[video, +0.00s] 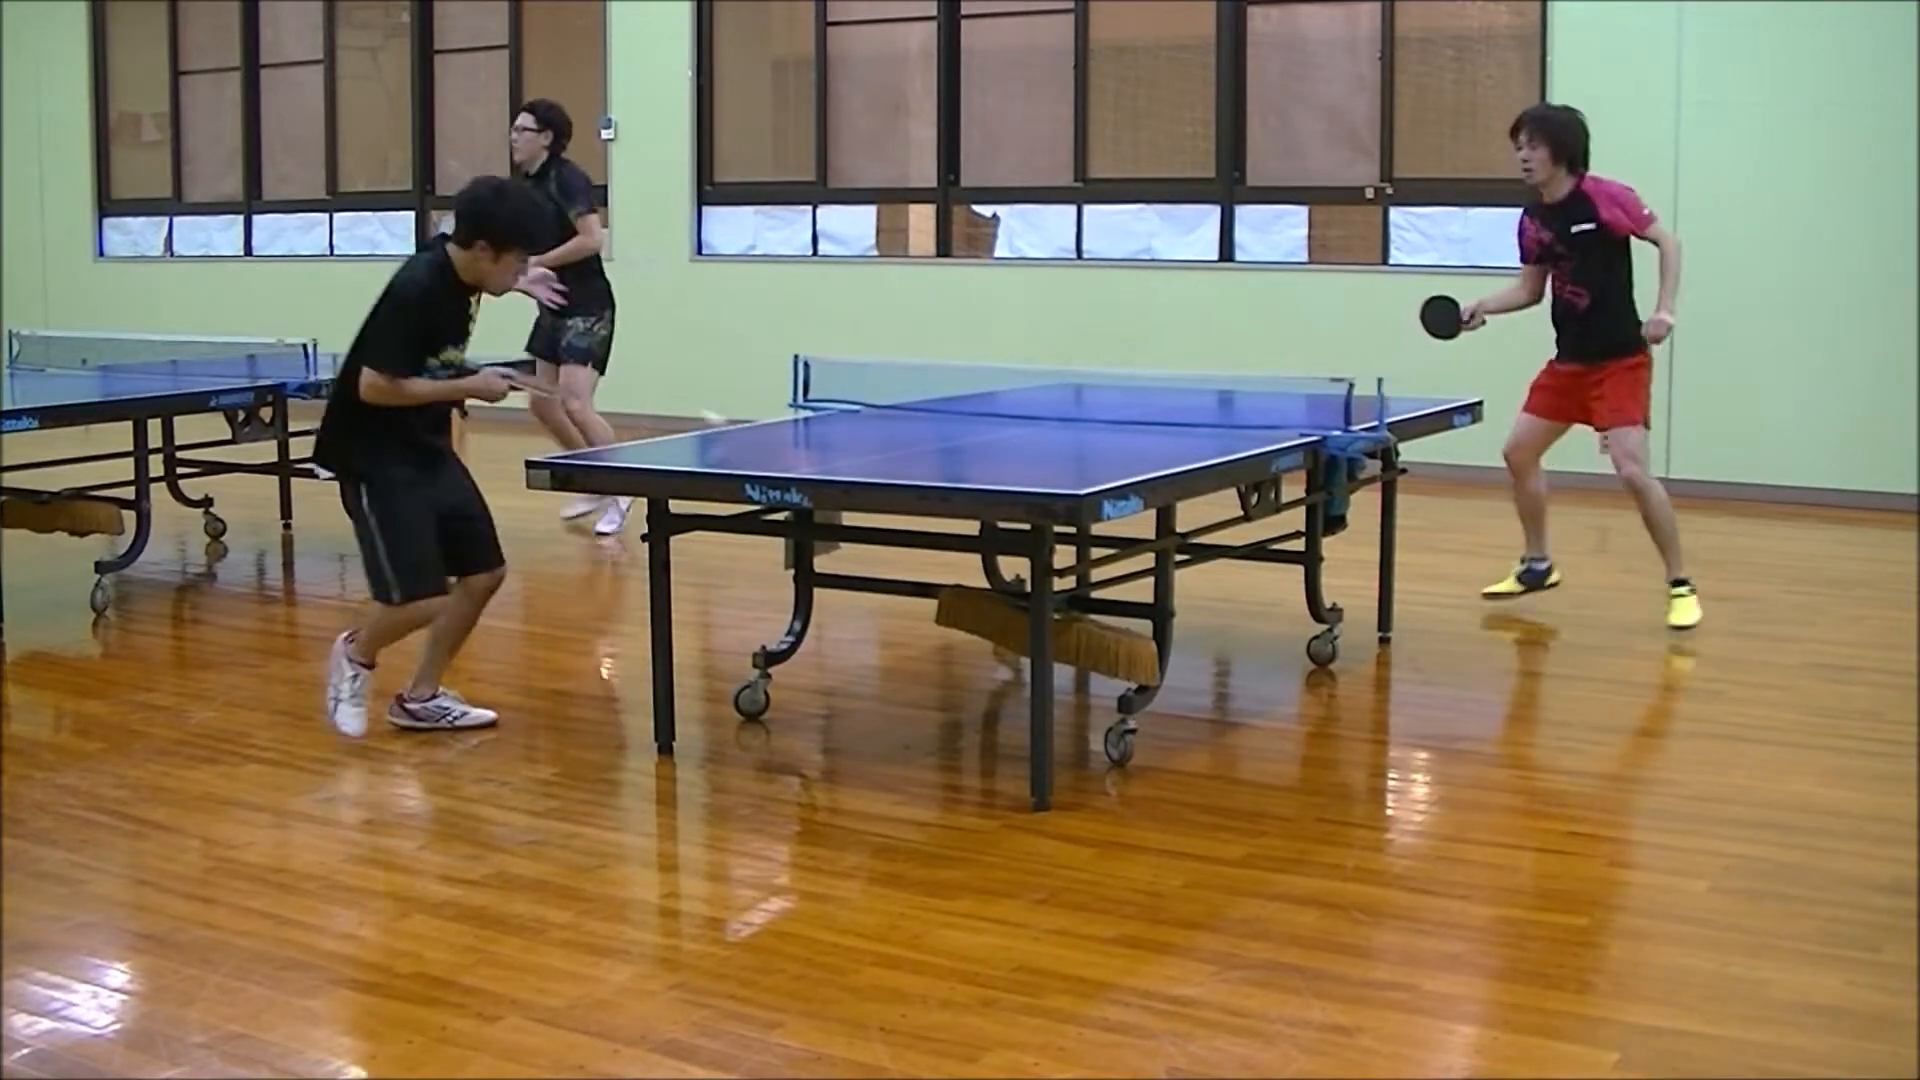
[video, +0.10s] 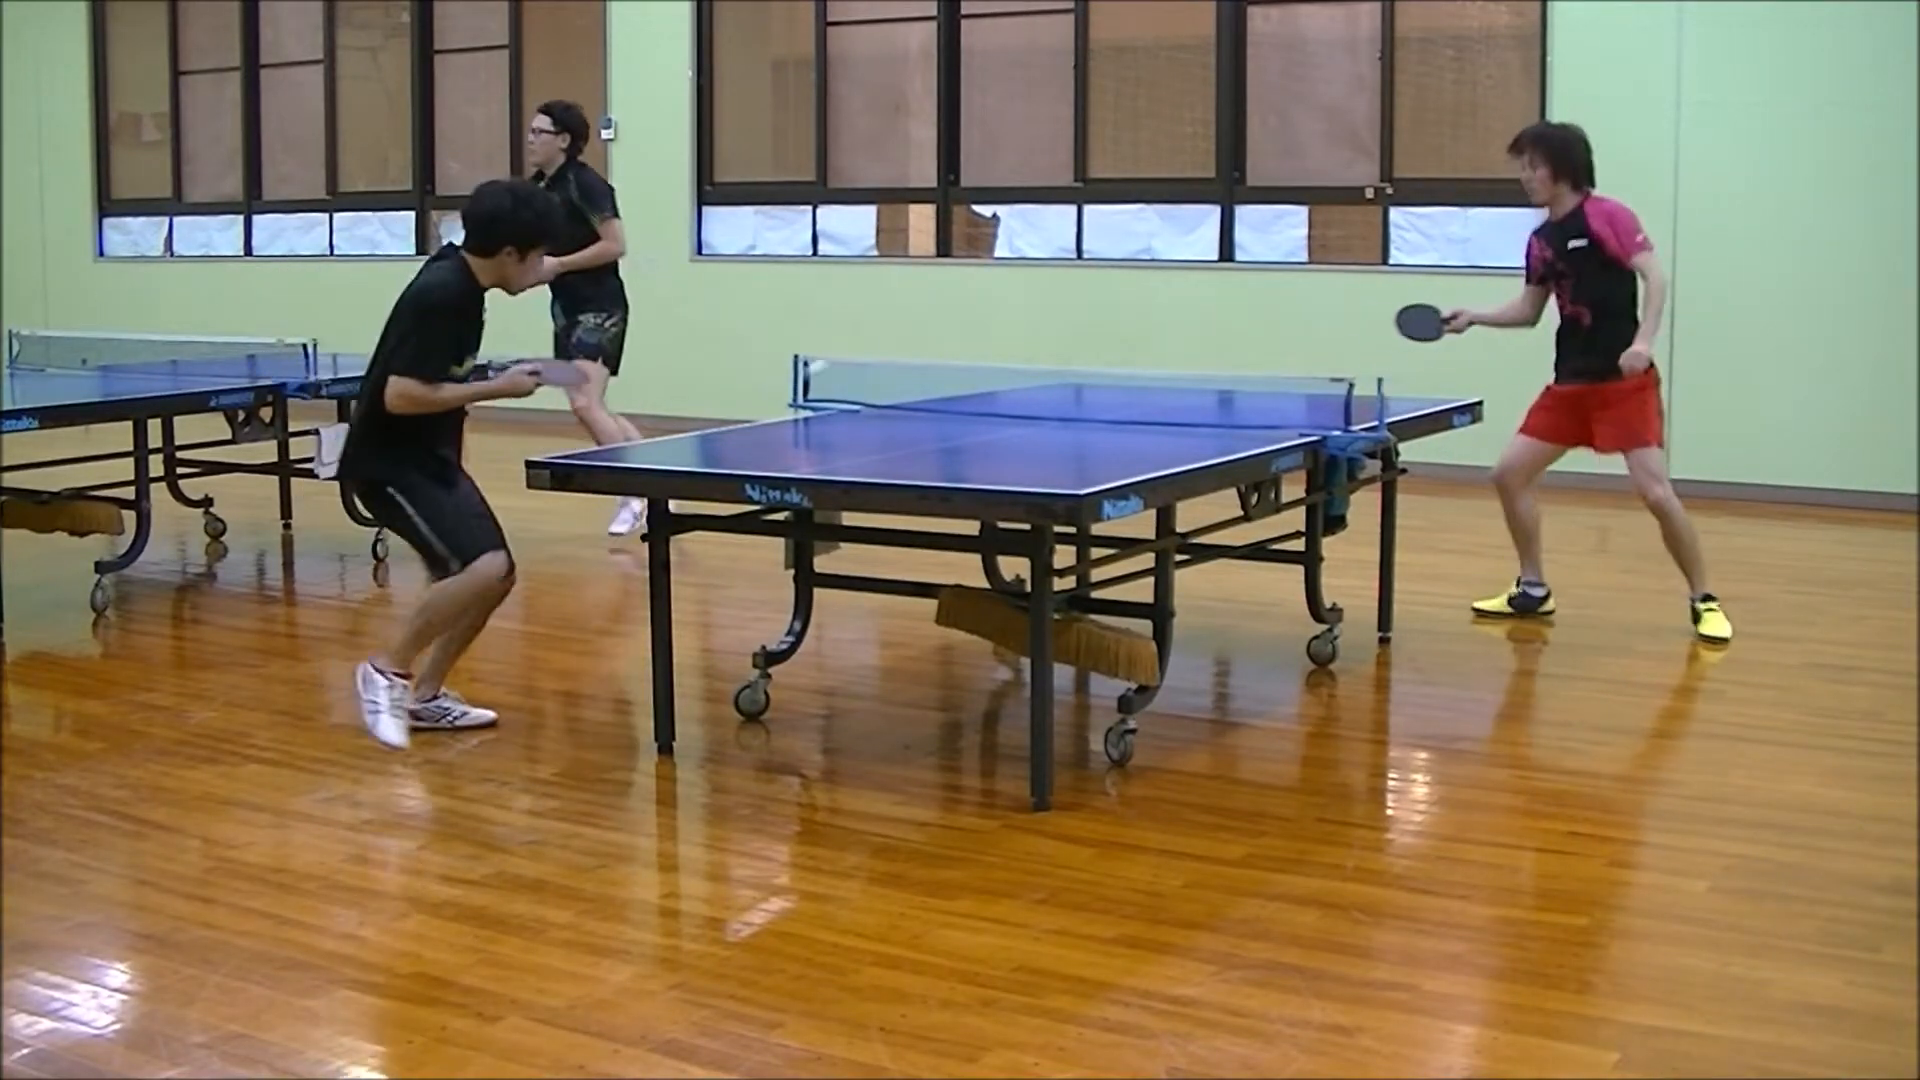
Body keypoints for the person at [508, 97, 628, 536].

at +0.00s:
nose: (513, 137)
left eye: (523, 131)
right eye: (513, 129)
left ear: (548, 138)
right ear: (520, 136)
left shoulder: (569, 179)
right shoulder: (521, 185)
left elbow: (592, 239)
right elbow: (516, 241)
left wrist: (534, 265)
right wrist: (517, 270)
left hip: (588, 302)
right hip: (553, 302)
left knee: (576, 402)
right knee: (543, 403)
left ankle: (618, 492)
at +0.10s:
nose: (530, 139)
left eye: (540, 133)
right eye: (530, 132)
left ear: (565, 140)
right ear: (541, 139)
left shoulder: (587, 183)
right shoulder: (539, 188)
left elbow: (615, 245)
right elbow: (546, 243)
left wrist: (557, 265)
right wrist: (525, 265)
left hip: (601, 302)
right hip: (568, 304)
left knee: (584, 401)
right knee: (590, 408)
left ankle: (634, 490)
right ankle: (658, 478)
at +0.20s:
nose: (543, 157)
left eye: (552, 152)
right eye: (542, 150)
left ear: (577, 160)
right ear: (546, 157)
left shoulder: (600, 204)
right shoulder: (547, 205)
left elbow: (636, 264)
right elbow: (547, 259)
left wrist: (577, 283)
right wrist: (540, 280)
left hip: (616, 318)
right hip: (582, 322)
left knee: (597, 412)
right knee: (625, 419)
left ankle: (636, 511)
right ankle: (686, 495)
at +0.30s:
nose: (548, 157)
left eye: (558, 152)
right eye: (546, 150)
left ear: (582, 159)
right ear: (548, 157)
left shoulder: (606, 204)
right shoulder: (549, 205)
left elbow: (646, 262)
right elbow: (546, 263)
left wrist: (595, 289)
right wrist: (546, 294)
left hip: (617, 312)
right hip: (578, 316)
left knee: (609, 416)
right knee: (622, 419)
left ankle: (619, 520)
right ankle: (683, 491)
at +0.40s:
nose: (540, 146)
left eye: (550, 140)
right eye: (539, 139)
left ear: (577, 148)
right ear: (543, 147)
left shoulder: (604, 193)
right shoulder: (540, 197)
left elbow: (651, 249)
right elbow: (529, 253)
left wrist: (605, 281)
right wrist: (535, 294)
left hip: (606, 319)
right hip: (560, 319)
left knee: (608, 419)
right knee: (584, 418)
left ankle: (613, 529)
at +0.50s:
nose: (532, 145)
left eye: (542, 138)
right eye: (531, 137)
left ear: (569, 146)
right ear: (535, 145)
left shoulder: (596, 192)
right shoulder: (532, 197)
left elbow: (650, 244)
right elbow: (516, 255)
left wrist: (608, 283)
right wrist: (525, 304)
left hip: (597, 316)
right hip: (550, 317)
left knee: (584, 407)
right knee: (567, 418)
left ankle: (611, 530)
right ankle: (620, 511)